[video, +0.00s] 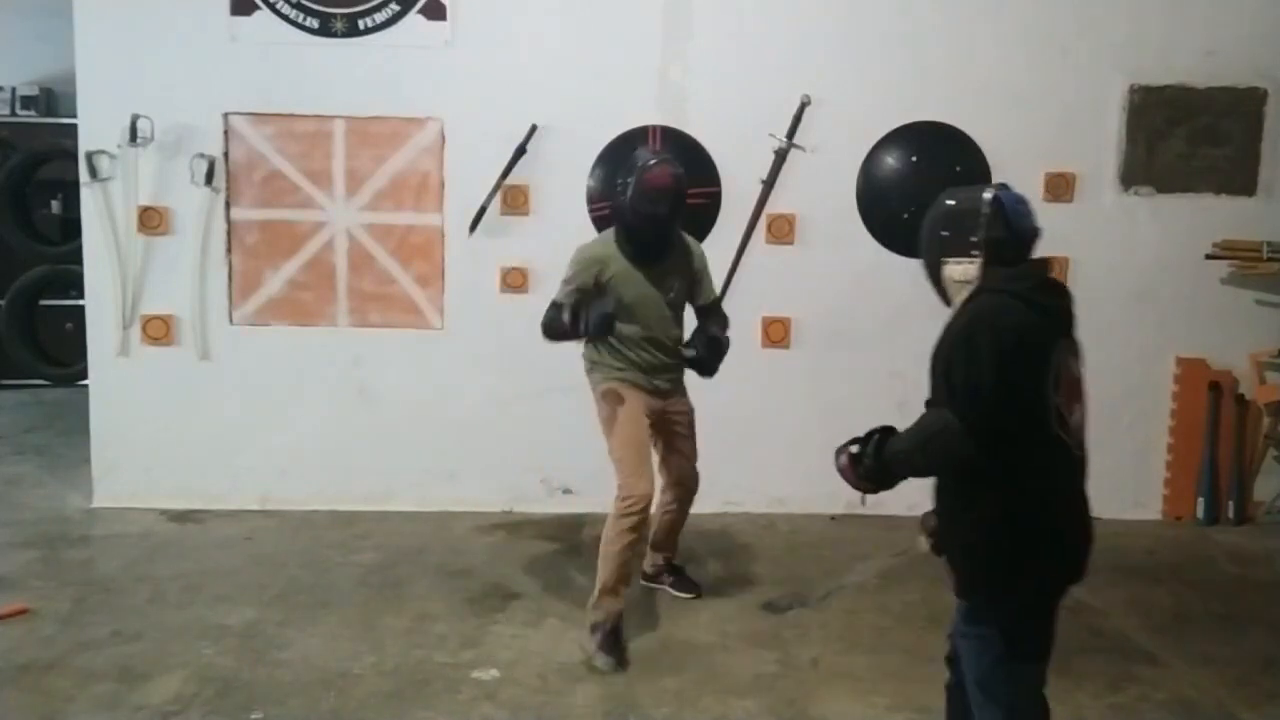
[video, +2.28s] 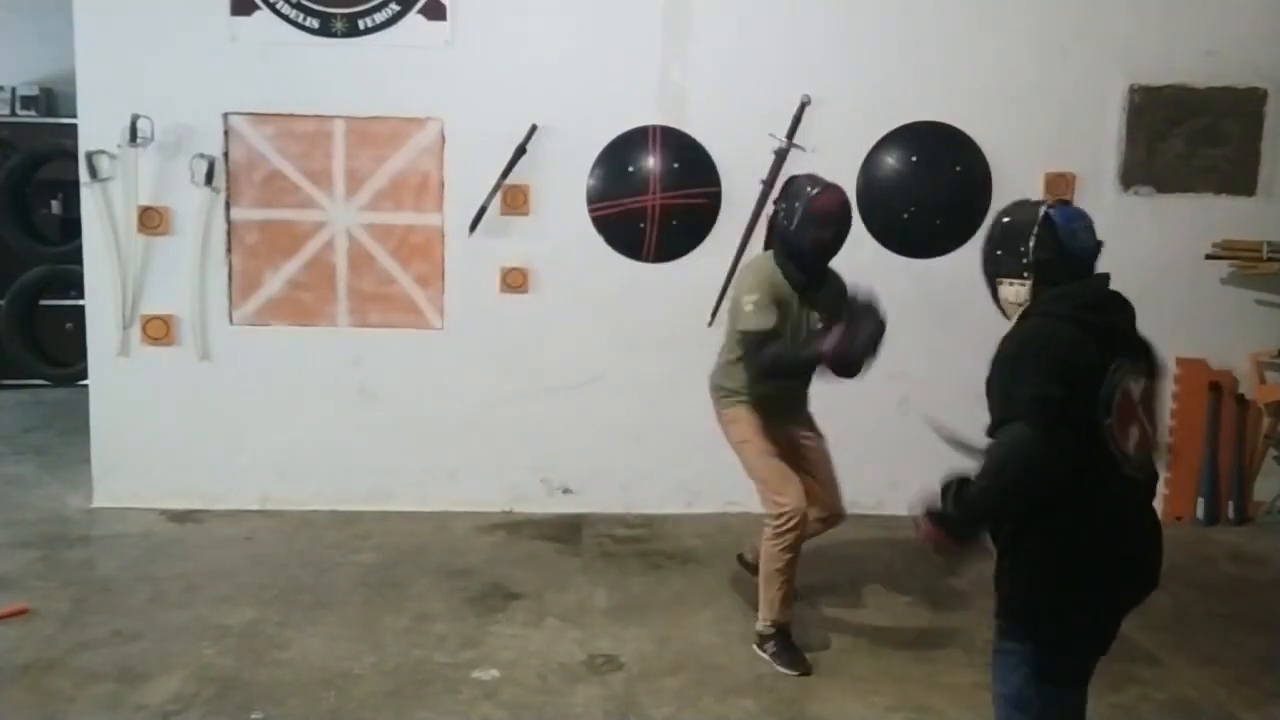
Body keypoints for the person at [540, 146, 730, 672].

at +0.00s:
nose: (658, 218)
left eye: (666, 208)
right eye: (649, 207)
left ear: (676, 210)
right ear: (627, 207)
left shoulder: (688, 253)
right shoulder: (595, 256)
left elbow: (712, 313)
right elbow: (552, 323)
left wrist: (710, 342)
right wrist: (585, 319)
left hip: (670, 382)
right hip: (618, 380)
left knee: (682, 482)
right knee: (636, 495)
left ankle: (659, 564)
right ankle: (605, 619)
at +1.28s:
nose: (698, 189)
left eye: (704, 180)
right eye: (688, 179)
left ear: (710, 186)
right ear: (663, 182)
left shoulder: (701, 236)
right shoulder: (628, 236)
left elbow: (696, 293)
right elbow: (594, 308)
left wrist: (715, 317)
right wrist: (638, 313)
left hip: (676, 367)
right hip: (628, 366)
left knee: (704, 460)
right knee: (622, 472)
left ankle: (716, 561)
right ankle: (608, 571)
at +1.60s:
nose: (757, 192)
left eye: (762, 183)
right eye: (747, 181)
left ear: (766, 186)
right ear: (718, 182)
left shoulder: (760, 239)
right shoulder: (687, 236)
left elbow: (765, 298)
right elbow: (652, 308)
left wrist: (779, 321)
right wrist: (692, 312)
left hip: (738, 378)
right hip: (687, 377)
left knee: (759, 468)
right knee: (673, 477)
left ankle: (745, 566)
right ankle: (620, 564)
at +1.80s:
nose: (785, 189)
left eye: (792, 179)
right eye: (776, 177)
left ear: (798, 182)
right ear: (748, 176)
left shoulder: (794, 235)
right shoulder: (714, 233)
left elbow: (805, 292)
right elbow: (679, 305)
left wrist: (821, 312)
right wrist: (719, 306)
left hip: (762, 368)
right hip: (713, 363)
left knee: (769, 467)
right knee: (726, 464)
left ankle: (747, 568)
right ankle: (692, 575)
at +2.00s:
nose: (802, 202)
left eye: (811, 193)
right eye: (793, 190)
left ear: (818, 198)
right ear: (767, 188)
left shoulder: (813, 251)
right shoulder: (733, 244)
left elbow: (835, 314)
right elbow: (708, 319)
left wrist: (836, 306)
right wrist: (763, 304)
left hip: (775, 375)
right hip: (727, 371)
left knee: (787, 482)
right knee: (761, 481)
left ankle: (751, 567)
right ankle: (738, 596)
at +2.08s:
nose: (810, 221)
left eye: (818, 212)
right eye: (803, 208)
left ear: (823, 215)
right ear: (776, 203)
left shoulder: (810, 259)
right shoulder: (748, 253)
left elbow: (851, 331)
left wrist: (837, 290)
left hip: (773, 382)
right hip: (727, 377)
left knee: (796, 493)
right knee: (772, 487)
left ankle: (754, 567)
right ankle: (742, 589)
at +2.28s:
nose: (831, 244)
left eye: (837, 234)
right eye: (822, 231)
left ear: (840, 234)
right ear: (791, 226)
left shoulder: (825, 285)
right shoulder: (758, 278)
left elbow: (845, 360)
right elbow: (762, 363)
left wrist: (859, 333)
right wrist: (821, 346)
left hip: (789, 400)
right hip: (741, 400)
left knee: (825, 510)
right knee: (788, 507)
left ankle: (760, 557)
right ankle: (770, 629)